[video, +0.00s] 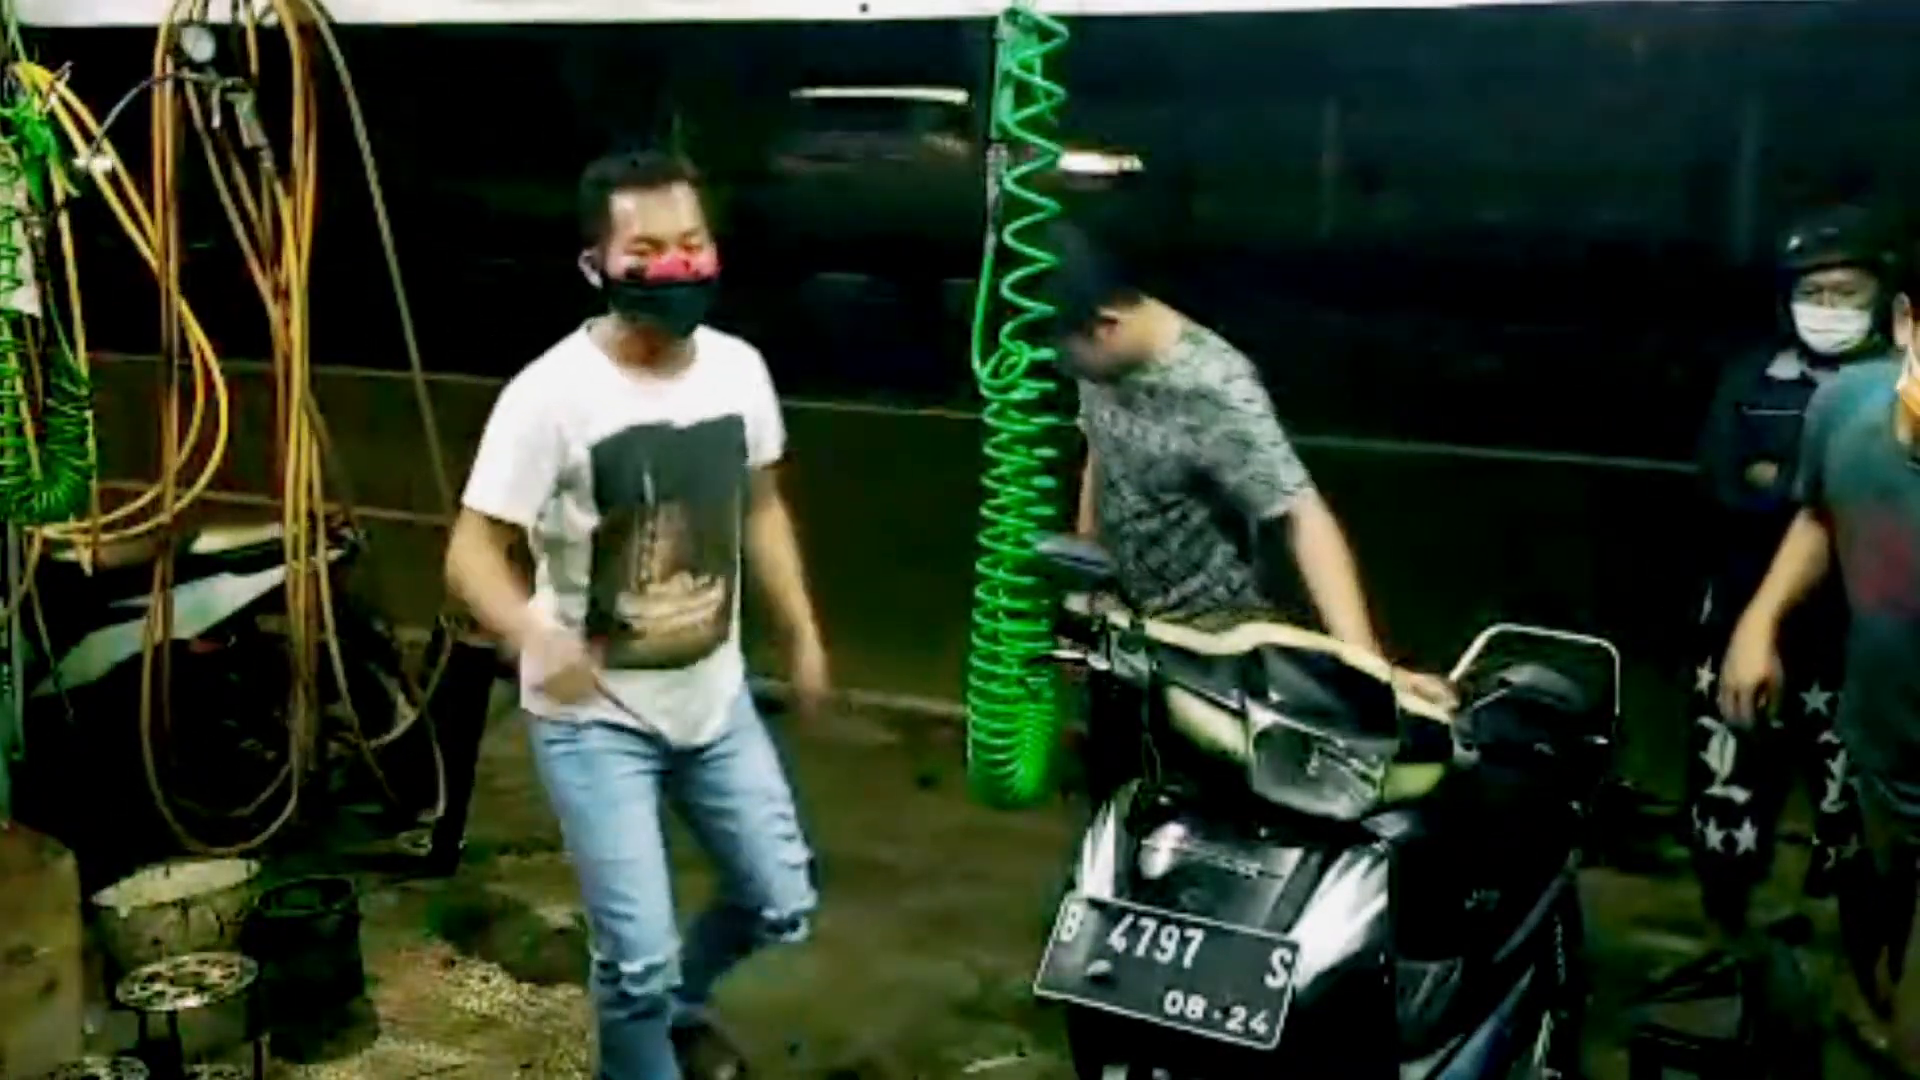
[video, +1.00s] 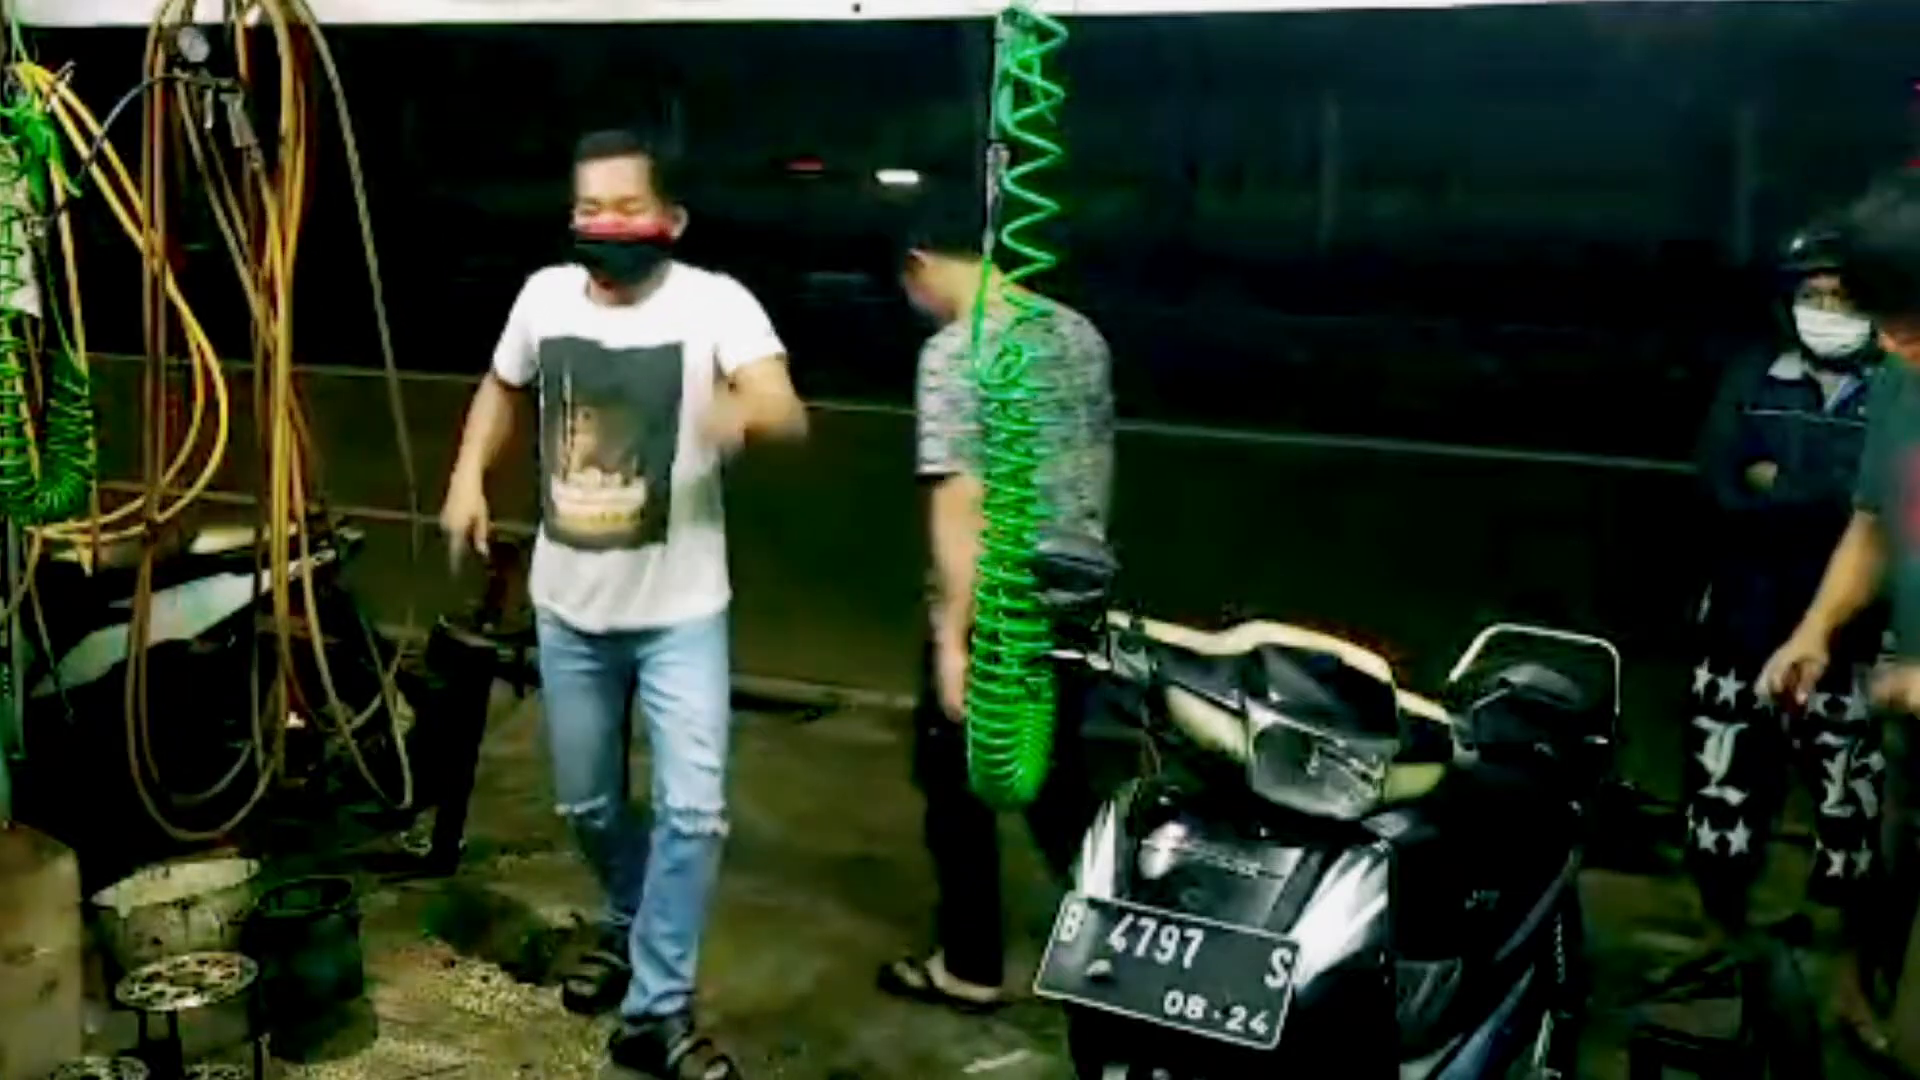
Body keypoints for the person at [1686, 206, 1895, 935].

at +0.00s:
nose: (1831, 309)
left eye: (1848, 293)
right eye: (1814, 293)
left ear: (1882, 305)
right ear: (1788, 300)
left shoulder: (1885, 393)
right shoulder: (1755, 385)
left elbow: (1875, 507)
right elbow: (1719, 487)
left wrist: (1779, 478)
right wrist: (1755, 628)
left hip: (1849, 630)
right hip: (1751, 619)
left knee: (1849, 781)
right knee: (1730, 788)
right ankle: (1726, 926)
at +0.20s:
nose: (1830, 307)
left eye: (1848, 291)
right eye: (1814, 291)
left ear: (1878, 300)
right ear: (1788, 299)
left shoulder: (1883, 393)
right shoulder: (1753, 384)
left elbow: (1883, 497)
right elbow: (1716, 486)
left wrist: (1783, 481)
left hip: (1853, 624)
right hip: (1748, 612)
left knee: (1848, 796)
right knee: (1725, 793)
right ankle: (1726, 929)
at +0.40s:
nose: (1831, 311)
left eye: (1851, 294)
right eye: (1815, 294)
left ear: (1882, 301)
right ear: (1788, 301)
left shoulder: (1890, 394)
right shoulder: (1754, 385)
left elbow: (1893, 497)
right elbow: (1714, 485)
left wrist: (1783, 481)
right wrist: (1822, 498)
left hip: (1850, 635)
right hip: (1746, 632)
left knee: (1853, 820)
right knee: (1719, 822)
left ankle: (1866, 964)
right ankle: (1726, 940)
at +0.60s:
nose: (1834, 310)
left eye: (1853, 293)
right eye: (1817, 293)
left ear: (1882, 299)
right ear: (1789, 301)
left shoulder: (1892, 393)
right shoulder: (1754, 384)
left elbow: (1897, 494)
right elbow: (1716, 483)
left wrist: (1784, 481)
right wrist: (1823, 501)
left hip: (1851, 632)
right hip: (1748, 628)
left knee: (1852, 805)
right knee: (1725, 803)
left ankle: (1859, 945)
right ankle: (1723, 933)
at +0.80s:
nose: (1834, 309)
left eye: (1852, 292)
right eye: (1817, 292)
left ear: (1883, 300)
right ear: (1791, 299)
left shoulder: (1893, 395)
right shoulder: (1755, 383)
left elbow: (1894, 506)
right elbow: (1716, 491)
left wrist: (1779, 485)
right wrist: (1831, 509)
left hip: (1849, 638)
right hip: (1745, 634)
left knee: (1852, 817)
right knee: (1719, 820)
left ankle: (1861, 957)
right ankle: (1726, 940)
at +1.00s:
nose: (1827, 313)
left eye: (1842, 300)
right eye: (1813, 298)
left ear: (1869, 309)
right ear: (1789, 305)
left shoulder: (1889, 396)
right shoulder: (1751, 387)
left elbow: (1888, 503)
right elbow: (1714, 491)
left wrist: (1779, 480)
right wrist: (1843, 496)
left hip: (1853, 636)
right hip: (1745, 627)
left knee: (1854, 817)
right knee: (1720, 800)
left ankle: (1856, 983)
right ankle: (1721, 939)